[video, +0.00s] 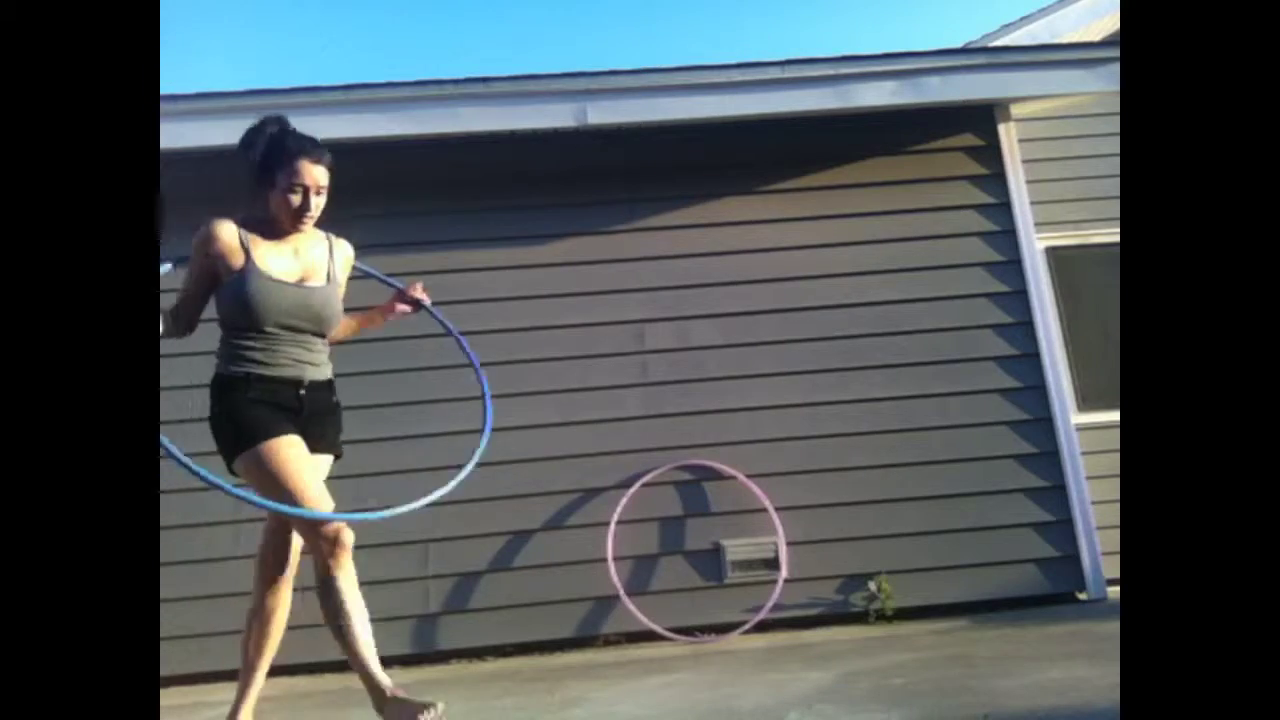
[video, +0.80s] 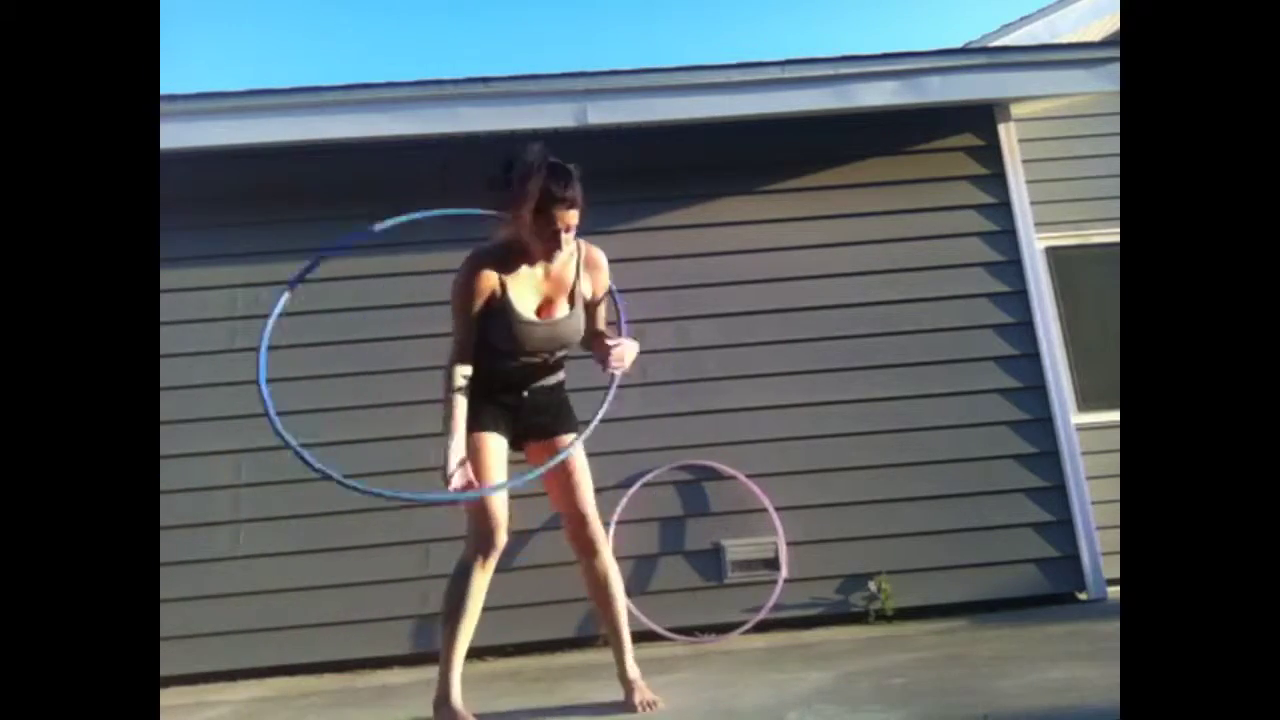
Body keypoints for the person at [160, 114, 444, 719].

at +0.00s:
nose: (309, 202)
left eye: (319, 191)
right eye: (296, 189)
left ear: (329, 190)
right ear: (267, 185)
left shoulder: (337, 251)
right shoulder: (224, 239)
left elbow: (327, 330)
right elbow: (179, 324)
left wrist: (387, 312)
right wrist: (166, 310)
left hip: (318, 404)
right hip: (248, 400)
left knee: (276, 569)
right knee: (333, 536)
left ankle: (241, 710)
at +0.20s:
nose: (397, 219)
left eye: (406, 208)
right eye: (385, 206)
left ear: (416, 205)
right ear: (354, 200)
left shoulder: (409, 257)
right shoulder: (317, 254)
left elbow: (393, 324)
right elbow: (259, 320)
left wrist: (447, 307)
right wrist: (224, 356)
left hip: (379, 413)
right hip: (321, 407)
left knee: (308, 572)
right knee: (402, 541)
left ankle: (246, 705)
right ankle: (437, 698)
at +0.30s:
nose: (443, 227)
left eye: (452, 215)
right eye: (431, 215)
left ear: (459, 208)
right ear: (397, 208)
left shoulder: (451, 255)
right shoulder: (358, 262)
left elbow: (430, 315)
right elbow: (306, 329)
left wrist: (489, 295)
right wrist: (279, 375)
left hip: (409, 409)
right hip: (354, 404)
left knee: (359, 567)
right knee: (427, 535)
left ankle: (266, 698)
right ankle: (439, 698)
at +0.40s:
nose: (481, 232)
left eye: (489, 220)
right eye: (470, 220)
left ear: (497, 213)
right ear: (437, 213)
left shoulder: (481, 253)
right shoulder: (393, 264)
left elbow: (469, 301)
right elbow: (335, 326)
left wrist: (527, 274)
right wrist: (316, 377)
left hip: (438, 401)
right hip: (377, 396)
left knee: (435, 554)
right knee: (442, 537)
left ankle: (340, 675)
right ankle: (441, 696)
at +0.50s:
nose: (505, 237)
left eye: (513, 226)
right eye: (494, 225)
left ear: (521, 217)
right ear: (462, 214)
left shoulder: (505, 253)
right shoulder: (417, 265)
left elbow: (505, 292)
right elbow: (358, 332)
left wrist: (568, 263)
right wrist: (337, 397)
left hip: (460, 400)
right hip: (400, 397)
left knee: (496, 542)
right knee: (457, 536)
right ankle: (442, 690)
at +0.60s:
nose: (521, 239)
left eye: (530, 228)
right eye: (510, 228)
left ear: (538, 218)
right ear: (482, 216)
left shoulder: (531, 255)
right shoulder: (434, 266)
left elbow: (545, 297)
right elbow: (386, 345)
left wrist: (600, 280)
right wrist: (375, 428)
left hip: (486, 398)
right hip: (422, 398)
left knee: (535, 533)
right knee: (467, 536)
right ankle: (446, 693)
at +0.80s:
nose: (564, 236)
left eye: (572, 225)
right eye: (554, 228)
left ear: (581, 212)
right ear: (526, 216)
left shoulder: (589, 260)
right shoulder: (486, 272)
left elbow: (598, 337)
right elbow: (461, 360)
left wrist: (620, 349)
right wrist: (456, 441)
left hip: (550, 394)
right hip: (488, 398)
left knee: (590, 533)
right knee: (489, 538)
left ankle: (630, 671)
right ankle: (448, 690)